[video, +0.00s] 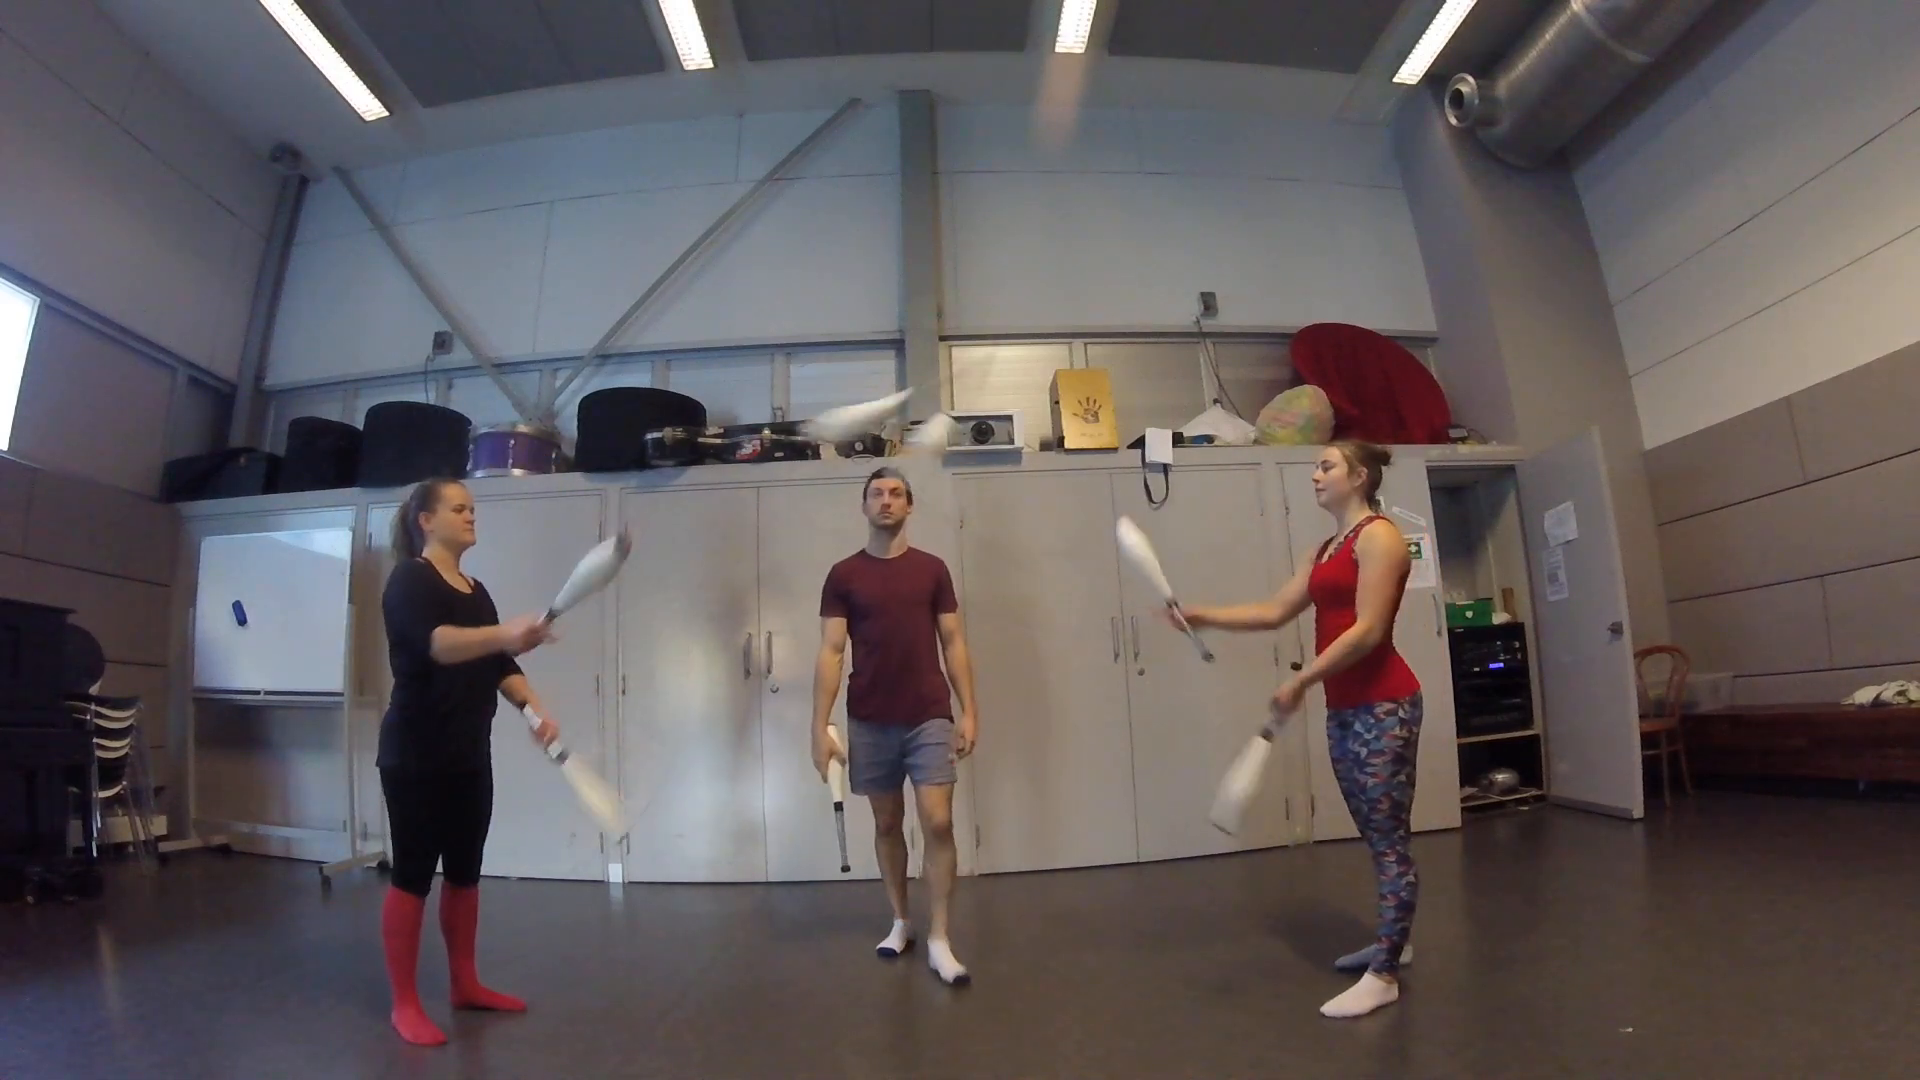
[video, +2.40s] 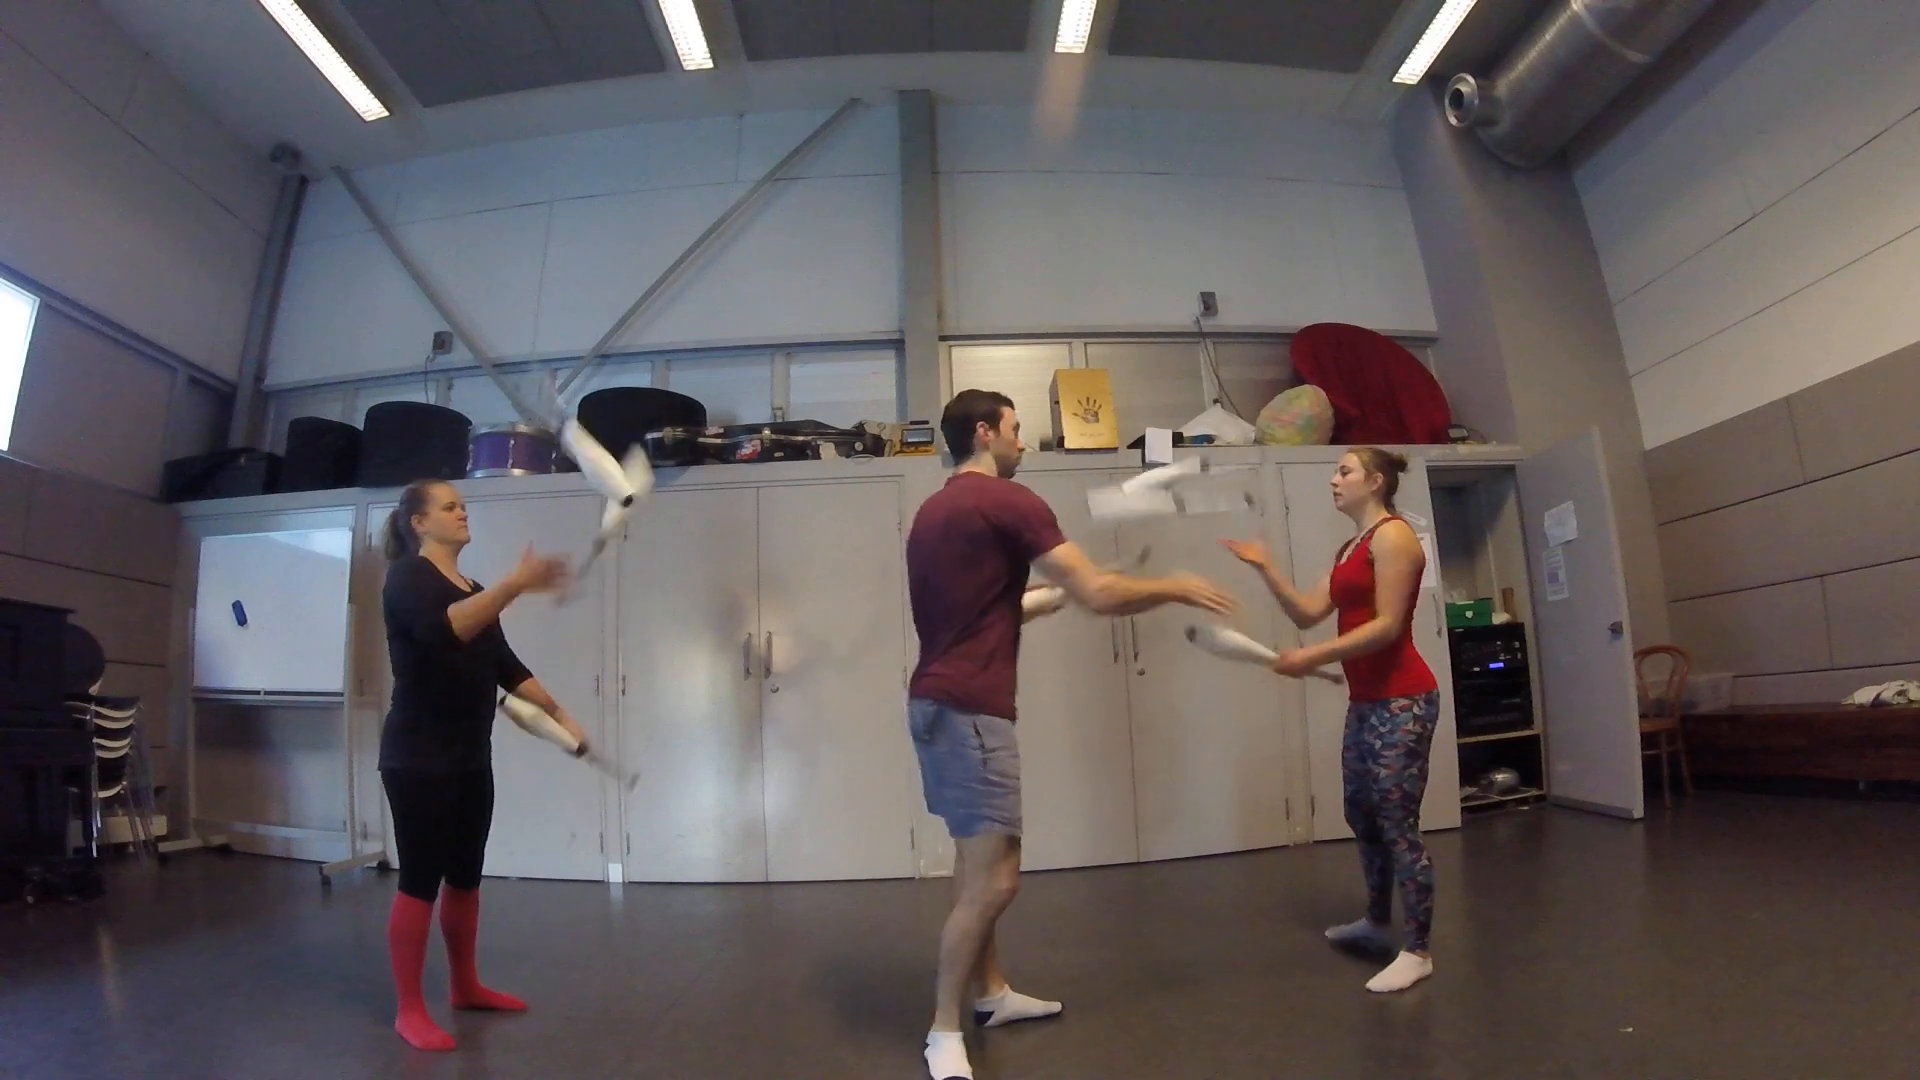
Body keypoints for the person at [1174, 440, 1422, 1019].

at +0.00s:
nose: (1315, 477)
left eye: (1327, 467)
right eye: (1316, 468)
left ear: (1361, 478)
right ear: (1335, 479)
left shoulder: (1380, 536)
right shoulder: (1327, 549)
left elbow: (1371, 629)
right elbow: (1274, 613)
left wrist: (1302, 678)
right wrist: (1199, 616)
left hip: (1383, 706)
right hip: (1347, 708)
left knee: (1388, 838)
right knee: (1377, 834)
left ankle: (1384, 976)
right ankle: (1394, 942)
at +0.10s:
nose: (1315, 476)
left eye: (1327, 467)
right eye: (1316, 467)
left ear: (1361, 476)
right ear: (1345, 479)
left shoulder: (1377, 536)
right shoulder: (1338, 543)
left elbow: (1355, 629)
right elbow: (1299, 624)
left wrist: (1274, 663)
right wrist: (1233, 653)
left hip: (1381, 708)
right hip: (1349, 708)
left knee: (1387, 839)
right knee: (1377, 835)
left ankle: (1384, 975)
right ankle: (1394, 943)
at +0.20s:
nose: (1314, 476)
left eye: (1325, 466)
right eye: (1315, 467)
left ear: (1360, 476)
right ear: (1349, 479)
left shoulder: (1374, 534)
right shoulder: (1341, 542)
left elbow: (1336, 616)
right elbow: (1308, 625)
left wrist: (1250, 613)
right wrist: (1267, 682)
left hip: (1379, 708)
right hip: (1349, 709)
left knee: (1386, 838)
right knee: (1376, 833)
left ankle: (1385, 974)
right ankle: (1392, 943)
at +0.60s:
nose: (1313, 477)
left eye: (1324, 468)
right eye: (1314, 468)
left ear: (1357, 479)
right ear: (1347, 482)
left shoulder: (1371, 535)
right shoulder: (1339, 543)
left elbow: (1357, 619)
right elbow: (1302, 629)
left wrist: (1292, 669)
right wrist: (1250, 612)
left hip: (1375, 706)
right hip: (1348, 707)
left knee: (1383, 837)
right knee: (1377, 834)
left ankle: (1384, 975)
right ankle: (1392, 943)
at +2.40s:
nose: (1334, 480)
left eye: (1345, 472)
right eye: (1335, 472)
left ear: (1377, 483)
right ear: (1365, 485)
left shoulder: (1395, 537)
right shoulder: (1355, 547)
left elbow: (1389, 625)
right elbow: (1308, 612)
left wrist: (1312, 656)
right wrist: (1266, 567)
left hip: (1402, 701)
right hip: (1366, 700)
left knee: (1396, 821)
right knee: (1362, 814)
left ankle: (1417, 952)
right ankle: (1377, 923)